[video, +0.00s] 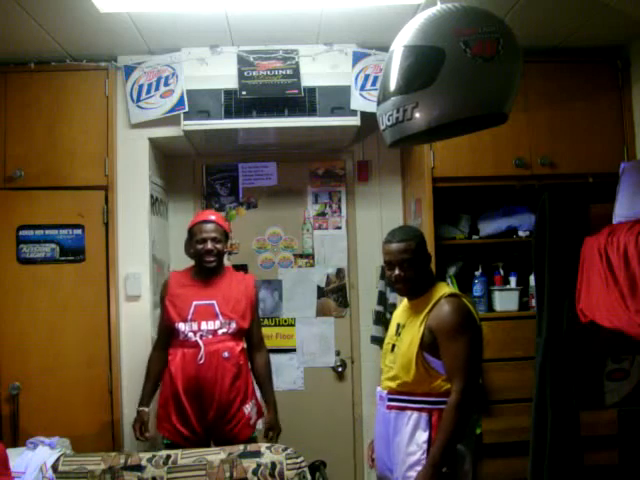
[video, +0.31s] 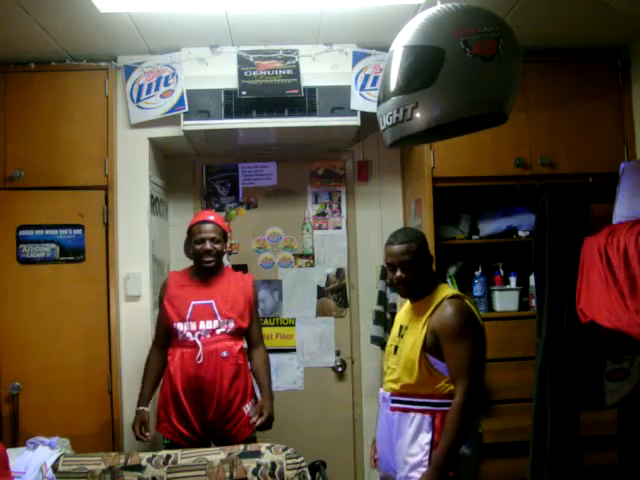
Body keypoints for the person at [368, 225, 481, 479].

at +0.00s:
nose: (397, 274)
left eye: (405, 265)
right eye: (389, 266)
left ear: (426, 262)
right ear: (383, 268)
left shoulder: (449, 312)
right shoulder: (405, 305)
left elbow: (462, 391)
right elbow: (402, 381)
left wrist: (433, 465)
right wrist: (381, 438)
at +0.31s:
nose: (398, 276)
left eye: (406, 267)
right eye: (391, 268)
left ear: (428, 263)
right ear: (385, 269)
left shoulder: (452, 313)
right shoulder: (408, 307)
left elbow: (466, 392)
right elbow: (400, 381)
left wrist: (437, 466)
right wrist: (381, 437)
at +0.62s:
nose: (400, 277)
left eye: (408, 268)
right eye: (392, 269)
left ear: (430, 264)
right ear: (387, 270)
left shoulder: (455, 314)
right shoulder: (410, 307)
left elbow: (470, 392)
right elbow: (401, 382)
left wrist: (444, 466)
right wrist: (383, 439)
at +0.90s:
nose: (399, 276)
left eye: (409, 267)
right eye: (392, 269)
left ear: (430, 264)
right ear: (386, 268)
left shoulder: (453, 313)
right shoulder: (408, 306)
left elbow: (469, 390)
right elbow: (403, 376)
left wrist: (447, 466)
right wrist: (375, 412)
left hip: (431, 435)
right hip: (397, 431)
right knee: (393, 474)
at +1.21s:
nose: (394, 284)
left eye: (403, 276)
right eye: (388, 276)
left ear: (425, 271)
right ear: (382, 276)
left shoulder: (452, 320)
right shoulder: (408, 312)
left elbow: (471, 398)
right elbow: (408, 386)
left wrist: (451, 470)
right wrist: (378, 420)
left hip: (432, 439)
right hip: (397, 437)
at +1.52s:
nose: (375, 275)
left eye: (381, 268)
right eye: (376, 268)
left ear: (407, 268)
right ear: (406, 269)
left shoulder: (453, 317)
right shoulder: (409, 310)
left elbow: (471, 397)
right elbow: (406, 385)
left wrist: (451, 469)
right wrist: (385, 435)